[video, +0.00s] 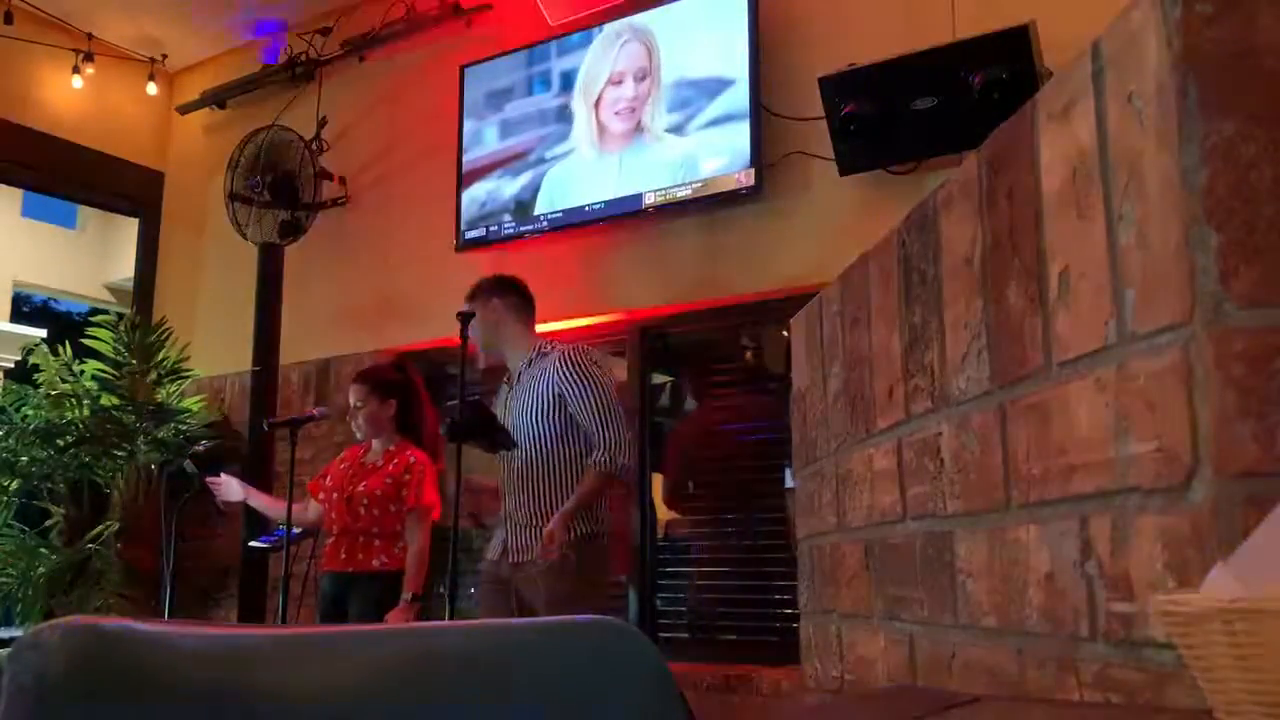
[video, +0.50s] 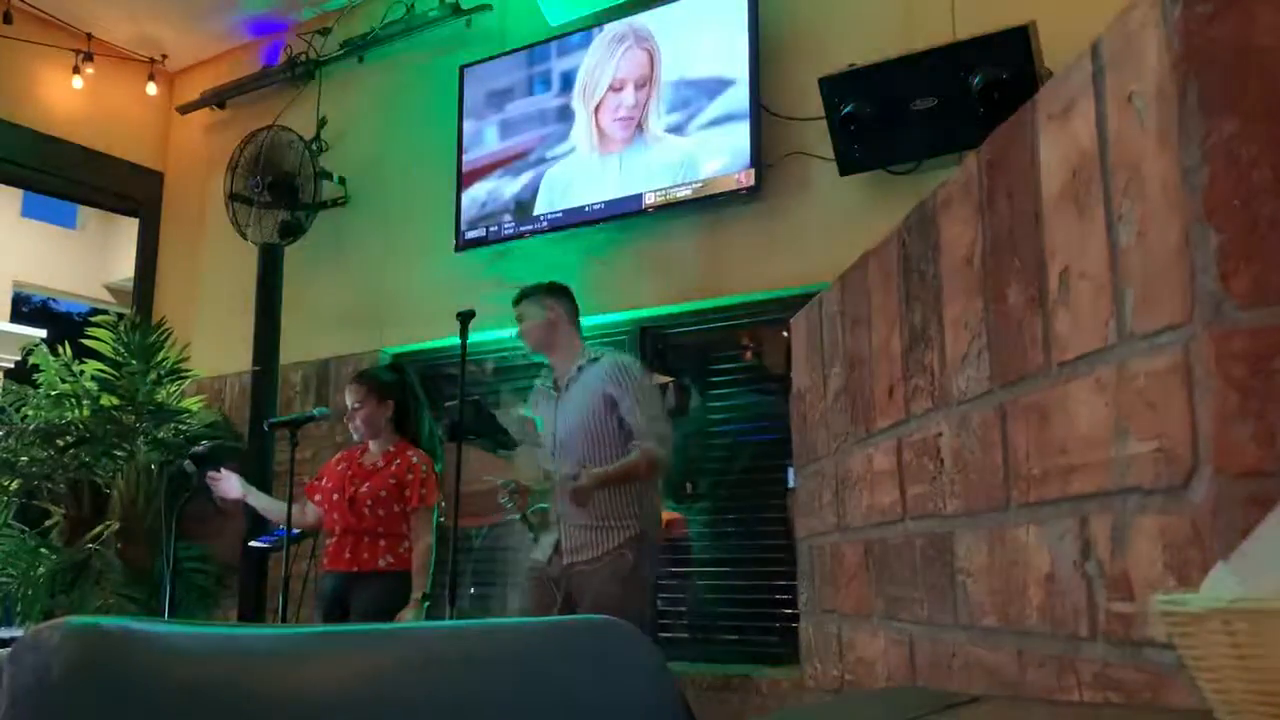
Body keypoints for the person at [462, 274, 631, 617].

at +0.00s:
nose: (468, 331)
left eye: (471, 316)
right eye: (467, 320)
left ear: (496, 309)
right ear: (499, 312)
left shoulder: (567, 362)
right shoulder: (507, 389)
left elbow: (614, 449)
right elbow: (523, 479)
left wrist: (564, 516)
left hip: (563, 558)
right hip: (505, 556)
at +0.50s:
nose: (519, 332)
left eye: (524, 320)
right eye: (518, 322)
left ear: (554, 315)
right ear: (549, 319)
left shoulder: (616, 370)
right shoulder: (542, 393)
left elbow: (656, 449)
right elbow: (553, 468)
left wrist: (596, 478)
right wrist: (527, 491)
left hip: (614, 551)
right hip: (554, 551)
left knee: (613, 665)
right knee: (539, 659)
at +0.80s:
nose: (581, 318)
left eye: (590, 307)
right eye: (575, 311)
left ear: (621, 312)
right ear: (572, 323)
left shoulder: (670, 381)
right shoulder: (574, 395)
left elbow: (717, 460)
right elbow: (572, 471)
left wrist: (662, 486)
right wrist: (551, 477)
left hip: (654, 545)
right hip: (587, 544)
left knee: (644, 662)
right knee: (555, 646)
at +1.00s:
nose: (608, 307)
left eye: (619, 297)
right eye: (603, 301)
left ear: (649, 307)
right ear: (600, 316)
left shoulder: (693, 380)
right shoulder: (593, 391)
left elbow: (740, 462)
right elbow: (573, 477)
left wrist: (712, 447)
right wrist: (572, 425)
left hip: (661, 539)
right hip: (592, 538)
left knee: (651, 664)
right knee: (565, 643)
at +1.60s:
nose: (625, 317)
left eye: (638, 307)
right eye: (622, 306)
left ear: (668, 316)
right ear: (617, 311)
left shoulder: (707, 384)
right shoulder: (602, 379)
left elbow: (735, 463)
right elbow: (572, 441)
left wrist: (715, 515)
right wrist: (602, 376)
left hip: (666, 539)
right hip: (596, 535)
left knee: (665, 646)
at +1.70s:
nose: (623, 318)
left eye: (637, 307)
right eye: (619, 307)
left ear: (667, 316)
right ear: (615, 312)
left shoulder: (703, 384)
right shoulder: (600, 375)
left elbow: (738, 461)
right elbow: (568, 441)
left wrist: (721, 511)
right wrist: (598, 380)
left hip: (662, 542)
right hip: (594, 538)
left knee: (654, 652)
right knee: (577, 646)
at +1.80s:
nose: (617, 326)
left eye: (630, 315)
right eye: (614, 315)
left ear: (661, 318)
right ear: (610, 317)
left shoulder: (701, 385)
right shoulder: (595, 378)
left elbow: (738, 464)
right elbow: (567, 446)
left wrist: (728, 489)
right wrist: (596, 384)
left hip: (661, 542)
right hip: (591, 536)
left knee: (647, 658)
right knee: (562, 646)